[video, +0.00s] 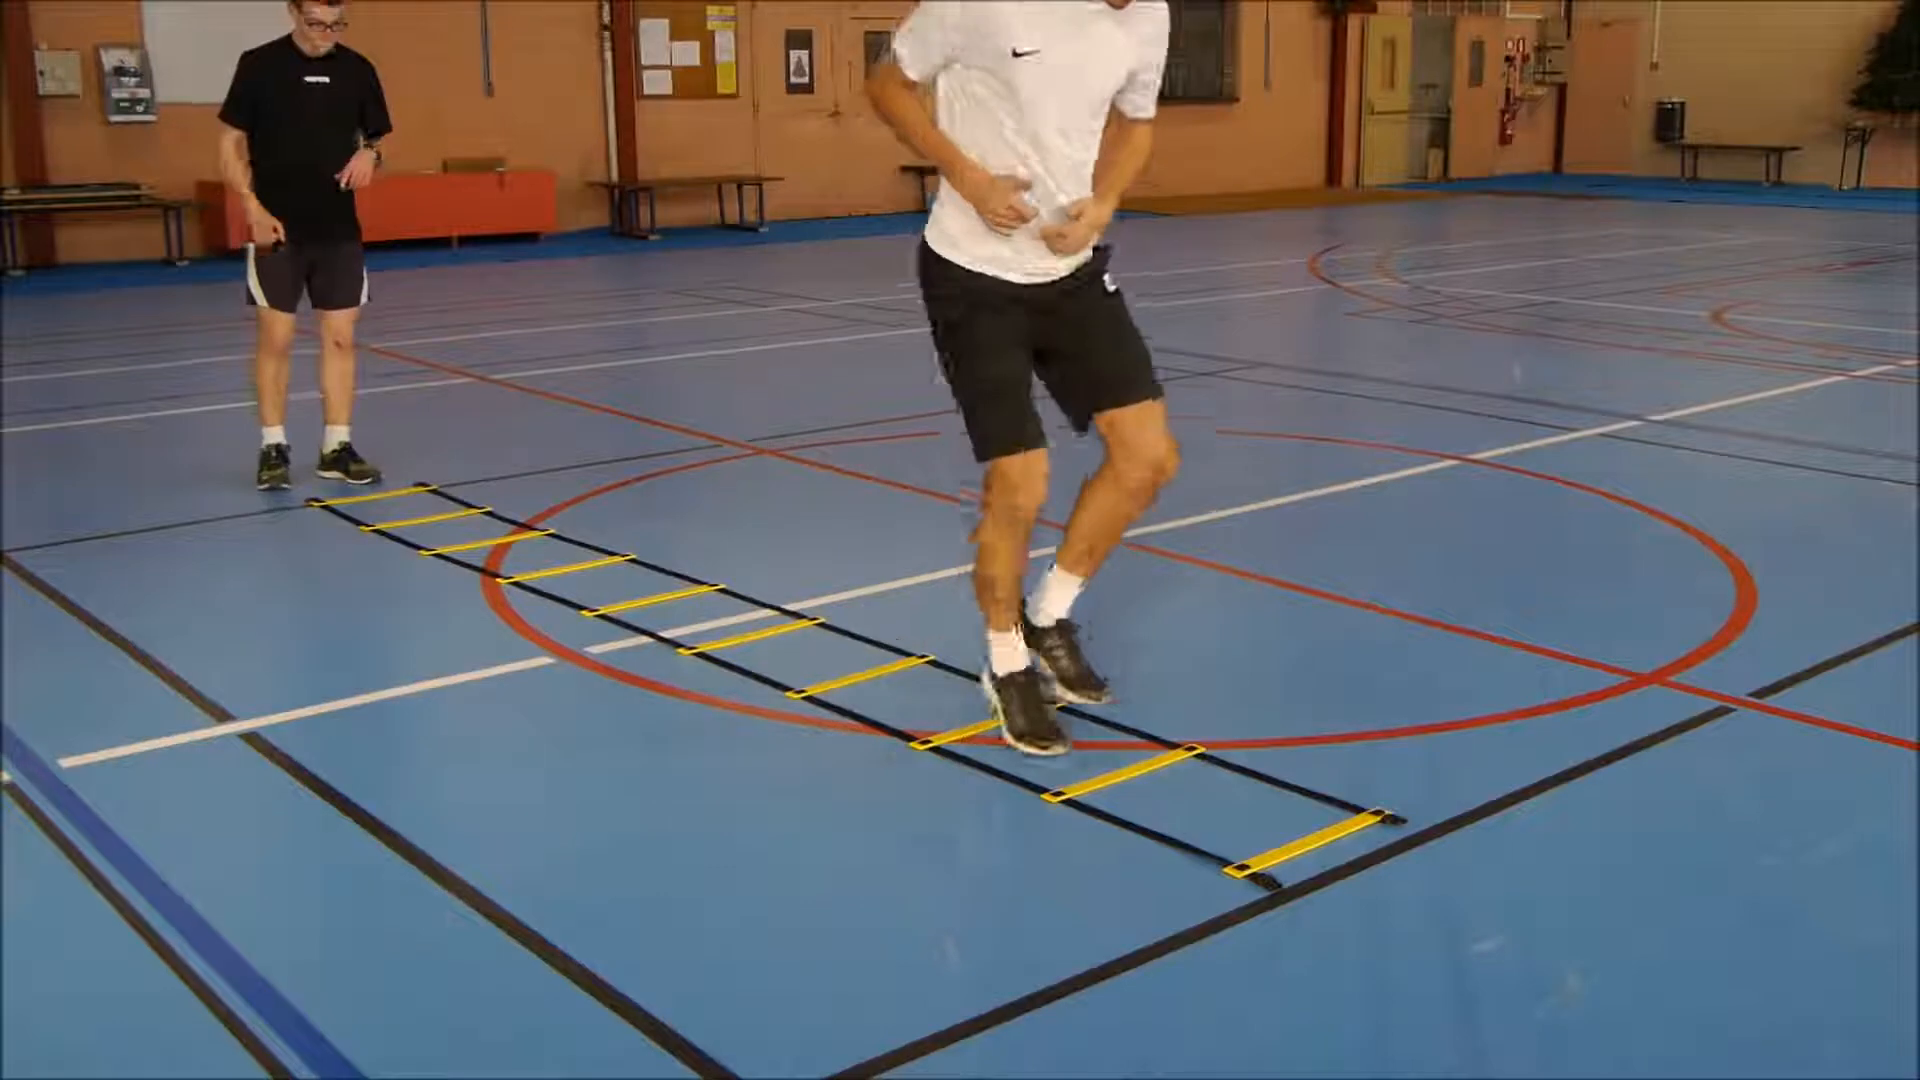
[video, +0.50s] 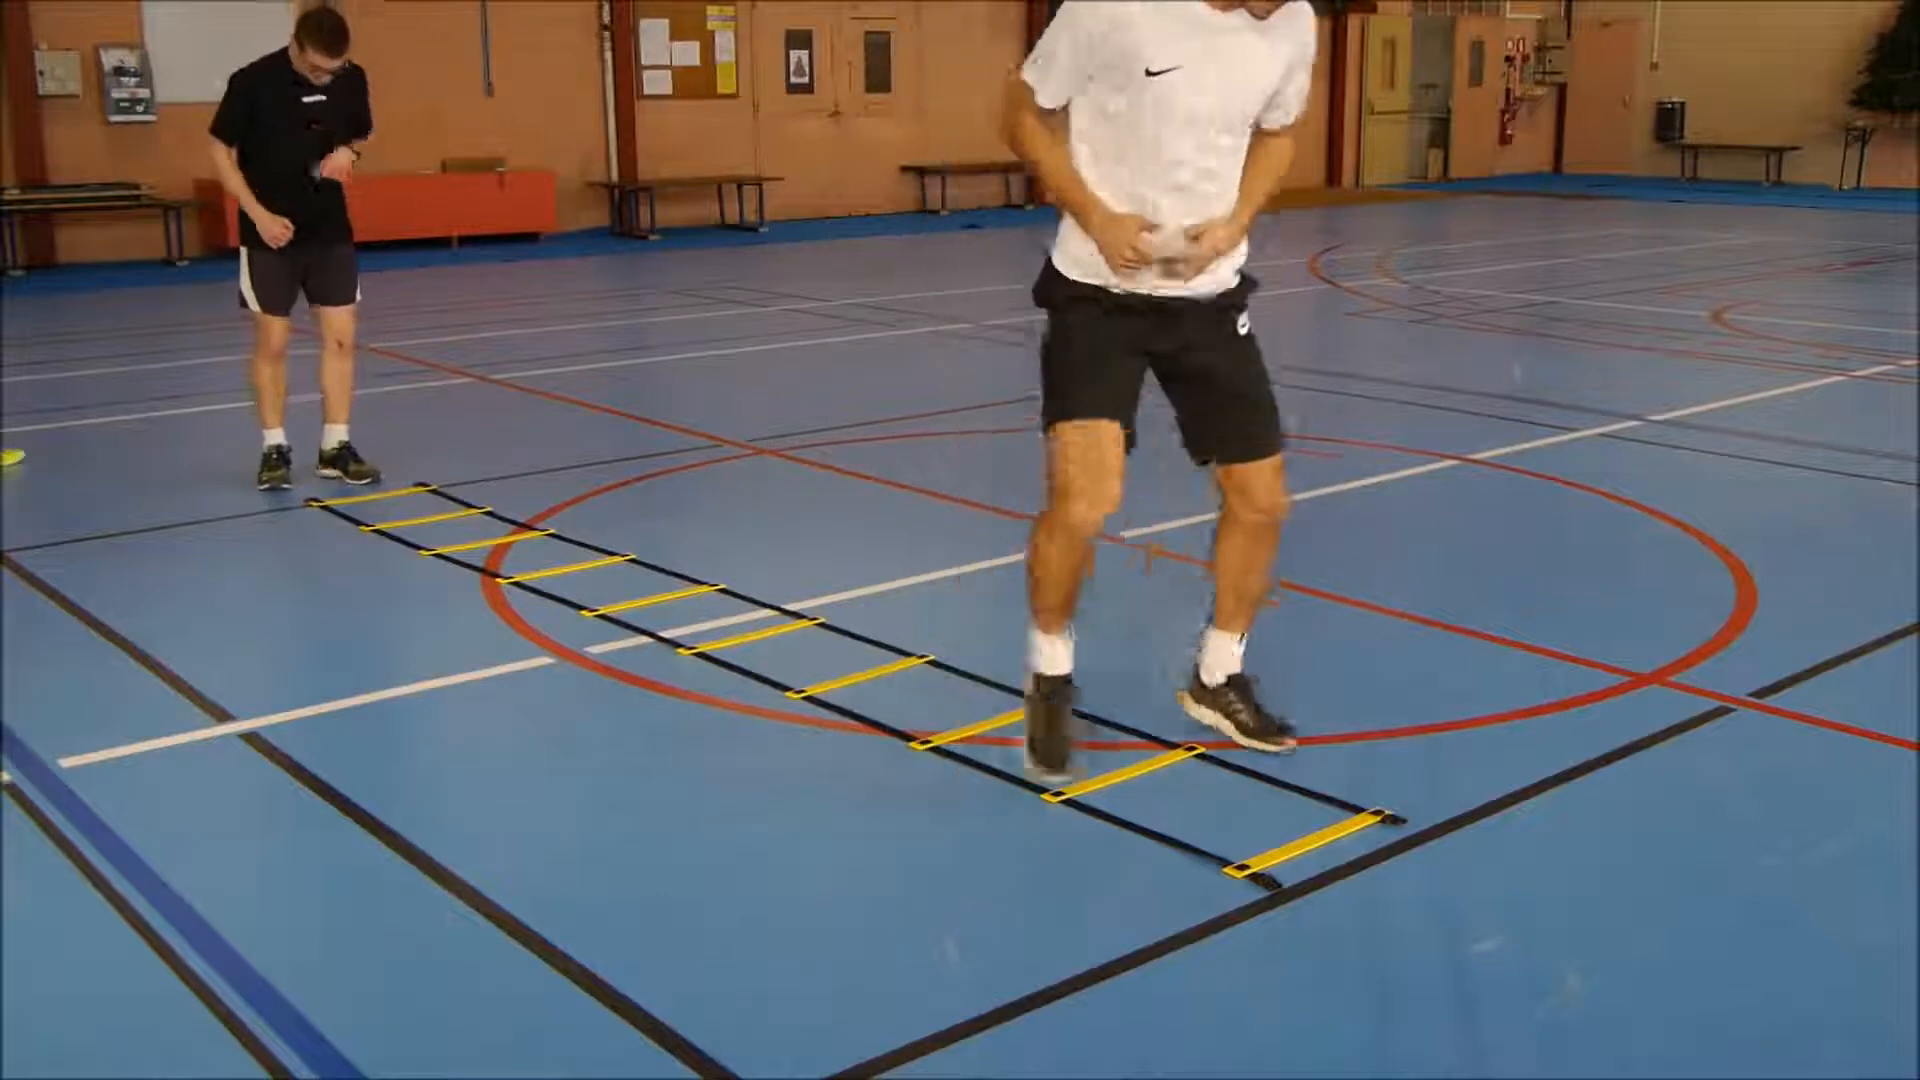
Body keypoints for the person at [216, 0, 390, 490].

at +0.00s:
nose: (325, 34)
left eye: (334, 24)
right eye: (315, 23)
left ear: (343, 18)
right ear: (293, 14)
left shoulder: (358, 69)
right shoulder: (258, 65)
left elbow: (375, 137)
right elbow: (231, 145)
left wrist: (368, 153)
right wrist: (254, 212)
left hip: (337, 225)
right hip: (278, 226)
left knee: (341, 337)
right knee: (277, 338)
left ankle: (337, 447)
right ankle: (274, 447)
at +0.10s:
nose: (323, 43)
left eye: (332, 33)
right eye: (313, 33)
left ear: (341, 21)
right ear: (291, 19)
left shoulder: (354, 70)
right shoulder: (254, 68)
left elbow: (373, 136)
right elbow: (229, 149)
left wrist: (366, 157)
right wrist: (259, 206)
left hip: (335, 224)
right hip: (276, 225)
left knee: (340, 338)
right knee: (277, 339)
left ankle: (336, 447)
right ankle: (275, 448)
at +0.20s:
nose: (320, 57)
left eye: (327, 49)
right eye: (311, 48)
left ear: (337, 34)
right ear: (287, 29)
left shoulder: (344, 71)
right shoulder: (247, 75)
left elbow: (357, 136)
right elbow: (222, 154)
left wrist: (359, 157)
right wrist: (271, 202)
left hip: (333, 226)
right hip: (273, 233)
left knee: (342, 339)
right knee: (277, 341)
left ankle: (337, 447)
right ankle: (276, 449)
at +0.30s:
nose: (316, 65)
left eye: (325, 57)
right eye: (308, 56)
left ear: (335, 43)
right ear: (286, 36)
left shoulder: (339, 73)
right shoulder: (246, 79)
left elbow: (350, 132)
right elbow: (219, 157)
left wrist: (354, 155)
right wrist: (273, 203)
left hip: (331, 228)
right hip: (270, 236)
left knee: (348, 337)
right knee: (274, 342)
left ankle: (338, 446)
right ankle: (276, 449)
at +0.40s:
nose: (320, 72)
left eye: (328, 64)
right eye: (312, 64)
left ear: (337, 50)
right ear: (290, 43)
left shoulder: (342, 77)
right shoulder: (248, 82)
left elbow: (348, 134)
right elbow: (220, 159)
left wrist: (348, 158)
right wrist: (267, 213)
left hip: (328, 225)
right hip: (269, 232)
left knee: (347, 335)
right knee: (274, 342)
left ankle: (338, 445)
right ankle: (276, 449)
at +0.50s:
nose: (325, 75)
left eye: (333, 67)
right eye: (317, 67)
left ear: (343, 53)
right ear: (295, 46)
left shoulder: (351, 80)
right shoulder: (251, 83)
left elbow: (360, 133)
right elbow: (220, 149)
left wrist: (346, 151)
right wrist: (258, 214)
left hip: (330, 228)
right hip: (270, 231)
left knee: (341, 338)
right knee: (274, 342)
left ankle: (336, 447)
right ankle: (274, 448)